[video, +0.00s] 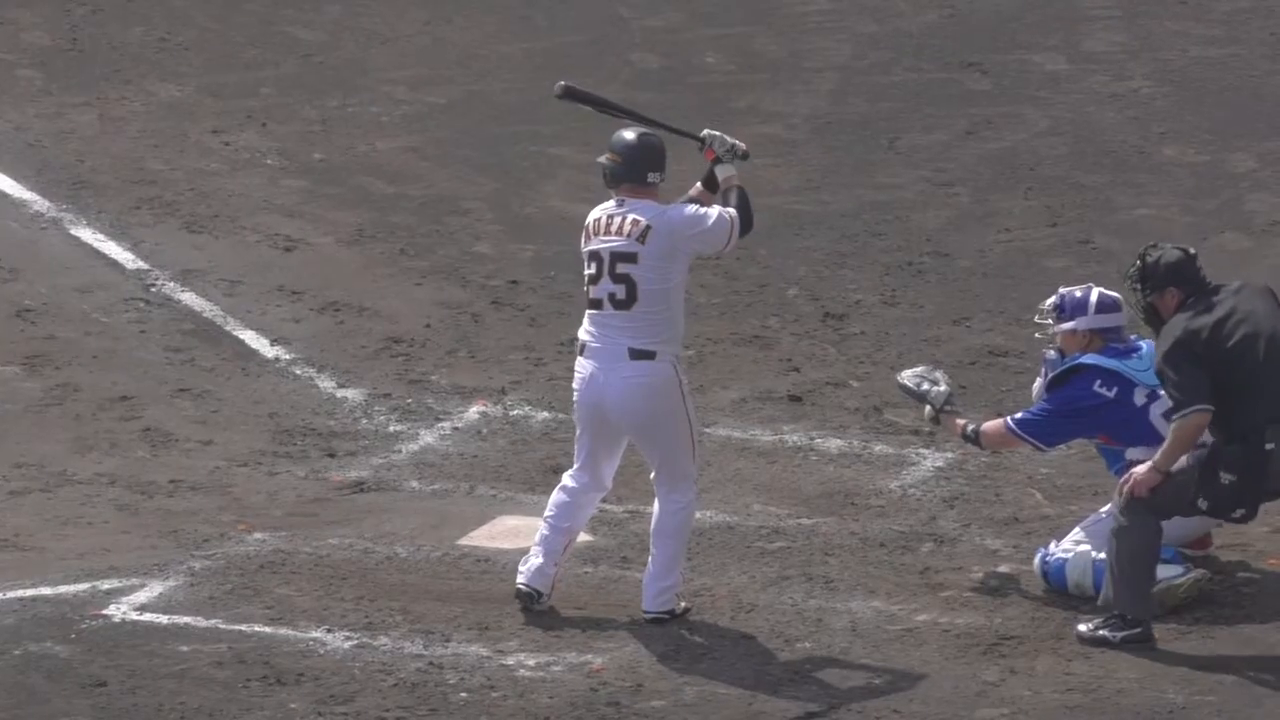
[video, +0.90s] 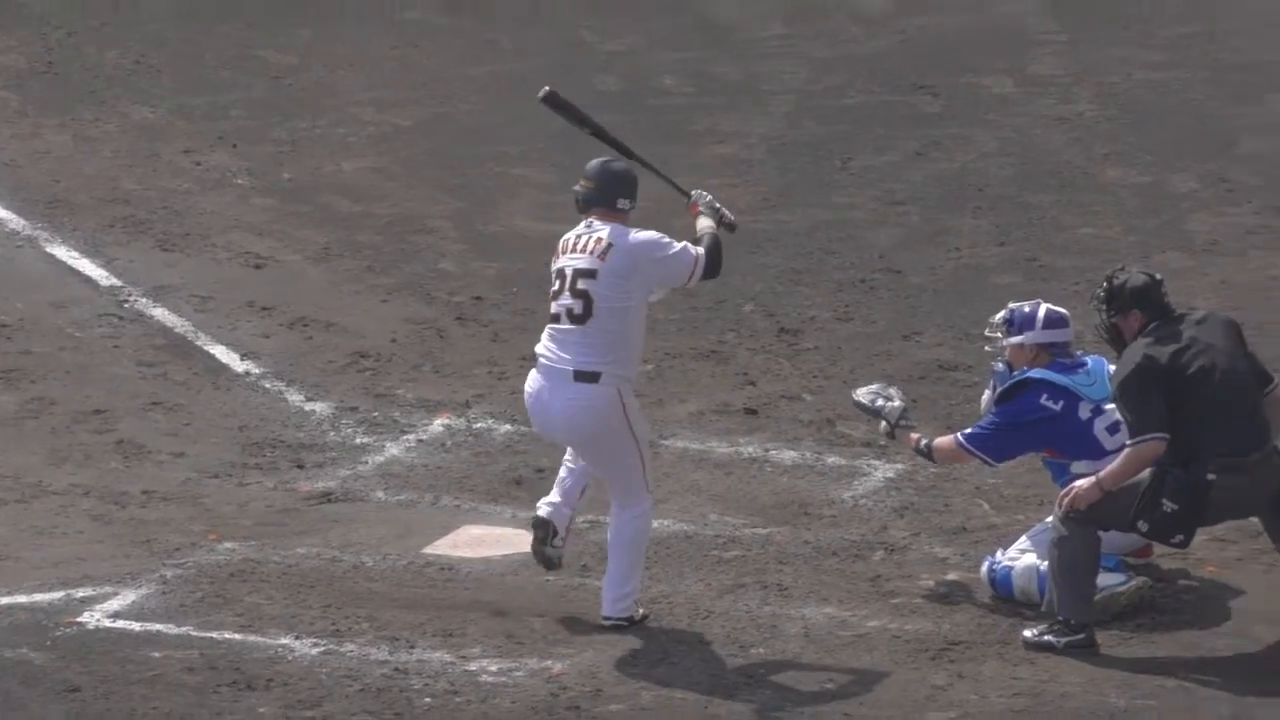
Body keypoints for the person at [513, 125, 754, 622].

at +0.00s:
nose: (606, 175)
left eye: (610, 168)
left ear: (612, 173)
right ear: (659, 173)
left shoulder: (595, 220)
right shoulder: (675, 221)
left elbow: (670, 214)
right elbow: (740, 221)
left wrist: (711, 173)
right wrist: (731, 175)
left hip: (589, 372)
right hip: (650, 378)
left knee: (585, 476)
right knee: (675, 486)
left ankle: (534, 576)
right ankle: (661, 599)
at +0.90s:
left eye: (582, 197)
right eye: (630, 199)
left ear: (584, 199)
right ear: (627, 202)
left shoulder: (567, 242)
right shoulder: (638, 245)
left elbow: (641, 278)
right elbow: (708, 263)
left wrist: (710, 232)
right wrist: (705, 219)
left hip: (539, 392)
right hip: (599, 402)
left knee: (592, 435)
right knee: (632, 501)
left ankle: (554, 515)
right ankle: (619, 608)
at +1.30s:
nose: (594, 215)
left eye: (548, 201)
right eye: (593, 207)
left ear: (551, 205)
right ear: (591, 208)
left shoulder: (537, 243)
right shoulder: (598, 246)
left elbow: (607, 293)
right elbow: (668, 272)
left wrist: (666, 261)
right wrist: (672, 237)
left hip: (499, 381)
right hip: (548, 394)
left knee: (587, 404)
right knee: (598, 484)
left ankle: (532, 499)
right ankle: (601, 587)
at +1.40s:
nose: (538, 210)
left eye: (541, 204)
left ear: (545, 208)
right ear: (582, 212)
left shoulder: (530, 245)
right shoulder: (588, 247)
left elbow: (604, 295)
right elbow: (656, 268)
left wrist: (667, 263)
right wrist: (662, 239)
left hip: (490, 378)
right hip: (539, 389)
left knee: (534, 429)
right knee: (594, 479)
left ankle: (480, 506)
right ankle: (603, 581)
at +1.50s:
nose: (529, 218)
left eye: (531, 212)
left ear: (535, 215)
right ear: (570, 218)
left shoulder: (522, 250)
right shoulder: (573, 251)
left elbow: (593, 293)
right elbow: (638, 265)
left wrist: (651, 261)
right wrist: (647, 239)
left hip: (481, 376)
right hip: (528, 387)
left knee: (480, 448)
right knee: (587, 473)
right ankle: (603, 571)